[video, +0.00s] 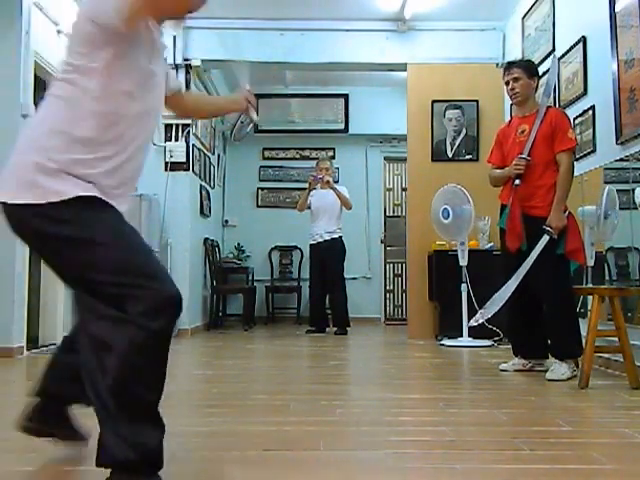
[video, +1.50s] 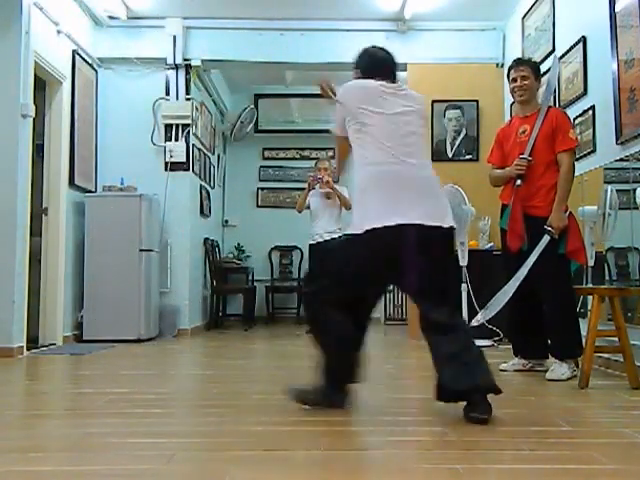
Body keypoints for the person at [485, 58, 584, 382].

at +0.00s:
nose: (511, 86)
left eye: (516, 80)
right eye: (507, 83)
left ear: (534, 82)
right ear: (505, 89)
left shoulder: (554, 117)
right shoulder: (505, 131)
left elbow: (566, 165)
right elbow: (493, 177)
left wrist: (558, 210)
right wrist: (509, 171)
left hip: (547, 215)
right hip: (514, 216)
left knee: (553, 285)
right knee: (520, 284)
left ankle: (565, 358)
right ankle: (529, 355)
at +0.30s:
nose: (512, 86)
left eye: (517, 80)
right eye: (508, 83)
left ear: (535, 82)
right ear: (506, 89)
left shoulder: (554, 117)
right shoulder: (505, 131)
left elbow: (566, 165)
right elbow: (494, 177)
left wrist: (558, 210)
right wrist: (509, 171)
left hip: (547, 214)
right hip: (514, 215)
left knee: (553, 284)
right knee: (520, 284)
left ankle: (565, 358)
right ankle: (529, 355)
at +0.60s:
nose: (513, 86)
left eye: (518, 80)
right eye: (509, 82)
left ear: (536, 82)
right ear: (507, 89)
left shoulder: (555, 117)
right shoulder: (505, 131)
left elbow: (566, 165)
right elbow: (494, 177)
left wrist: (558, 209)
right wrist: (509, 171)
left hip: (547, 214)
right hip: (514, 215)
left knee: (553, 284)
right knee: (520, 284)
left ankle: (566, 358)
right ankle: (529, 354)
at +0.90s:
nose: (514, 86)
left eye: (519, 80)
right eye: (510, 83)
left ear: (537, 82)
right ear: (507, 89)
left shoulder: (555, 117)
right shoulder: (506, 130)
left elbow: (566, 165)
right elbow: (493, 177)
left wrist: (558, 210)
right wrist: (509, 170)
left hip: (548, 214)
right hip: (515, 215)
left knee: (554, 284)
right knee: (521, 284)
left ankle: (565, 358)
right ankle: (529, 354)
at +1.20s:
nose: (516, 86)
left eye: (522, 80)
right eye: (511, 81)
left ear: (538, 82)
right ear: (506, 88)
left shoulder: (555, 117)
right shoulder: (506, 130)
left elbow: (567, 165)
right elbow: (493, 177)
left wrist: (559, 209)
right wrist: (509, 171)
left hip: (547, 216)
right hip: (513, 217)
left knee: (553, 290)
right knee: (517, 290)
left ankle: (564, 356)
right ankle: (523, 358)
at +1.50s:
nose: (519, 83)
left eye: (525, 78)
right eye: (514, 80)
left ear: (538, 83)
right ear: (508, 88)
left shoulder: (555, 117)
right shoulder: (505, 131)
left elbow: (566, 165)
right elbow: (493, 177)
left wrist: (559, 210)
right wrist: (509, 171)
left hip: (547, 214)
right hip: (514, 215)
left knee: (554, 284)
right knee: (521, 284)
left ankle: (565, 357)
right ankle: (529, 354)